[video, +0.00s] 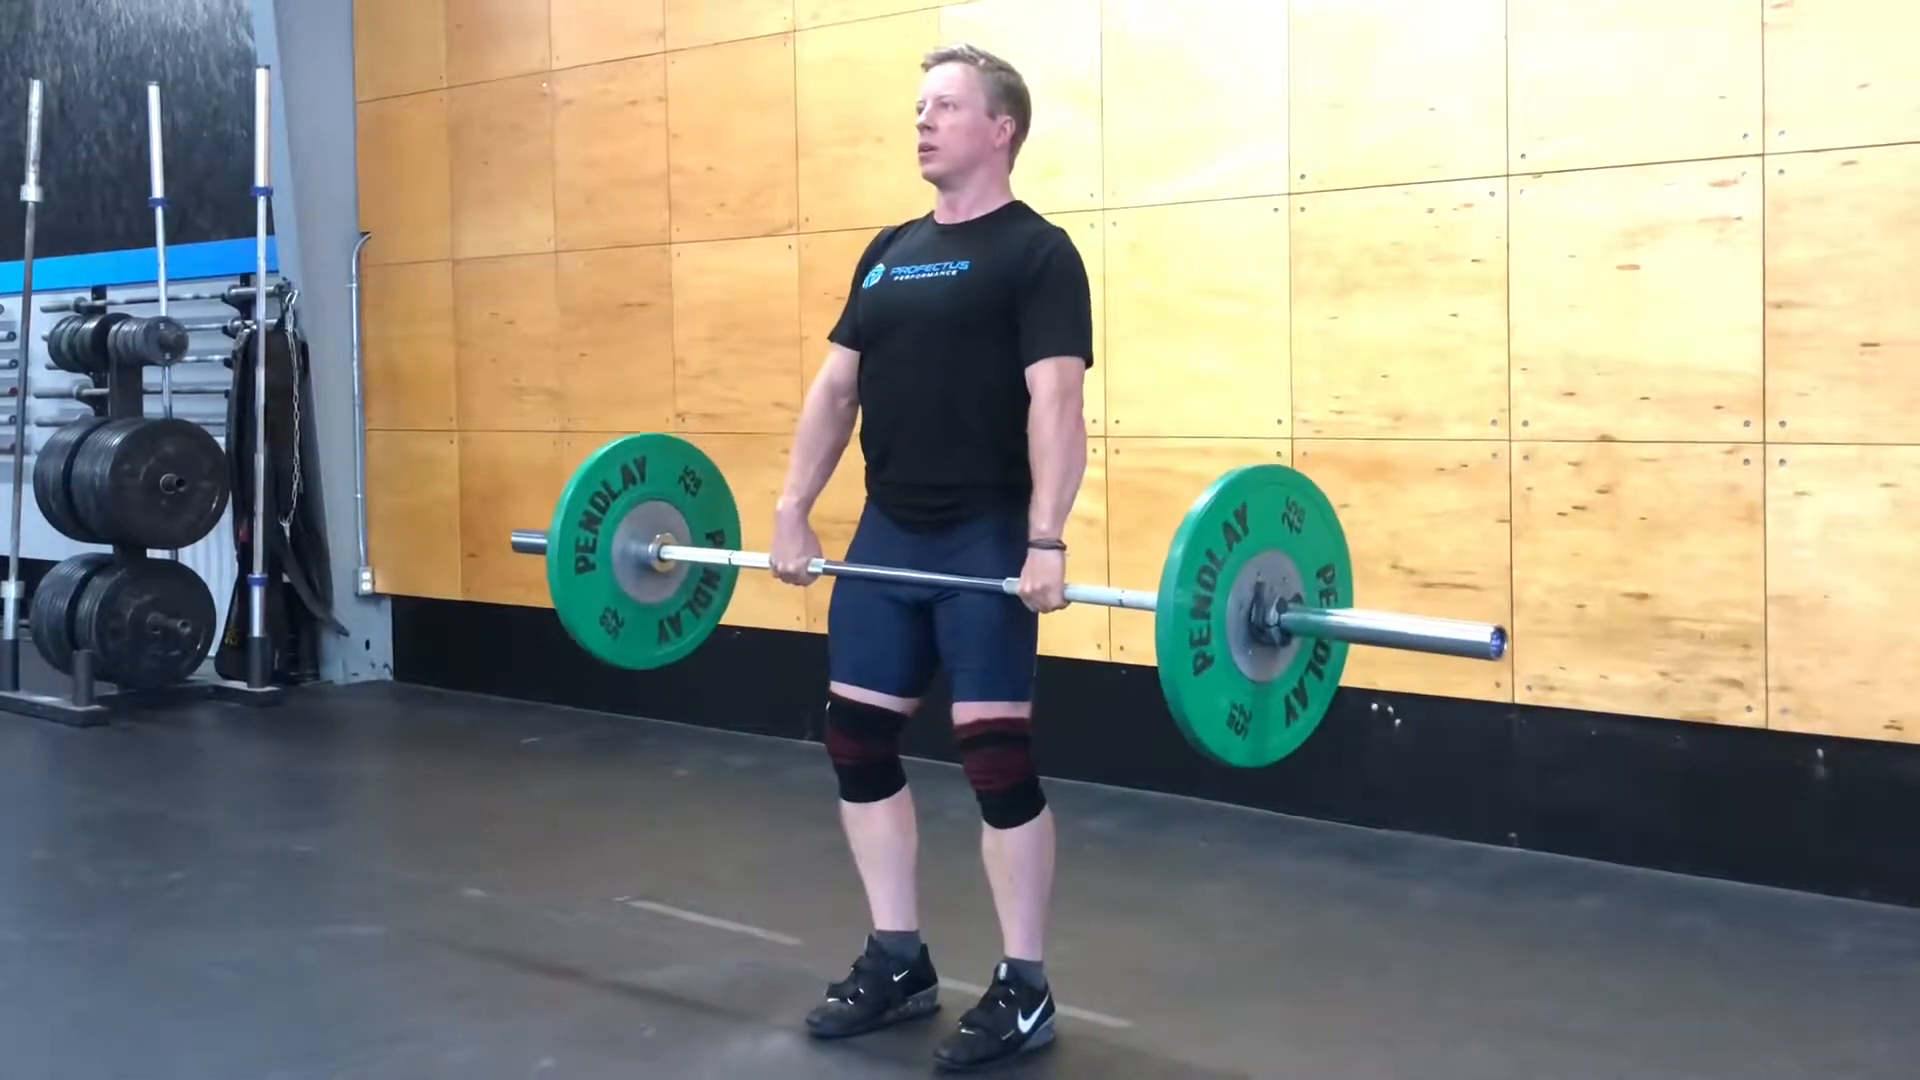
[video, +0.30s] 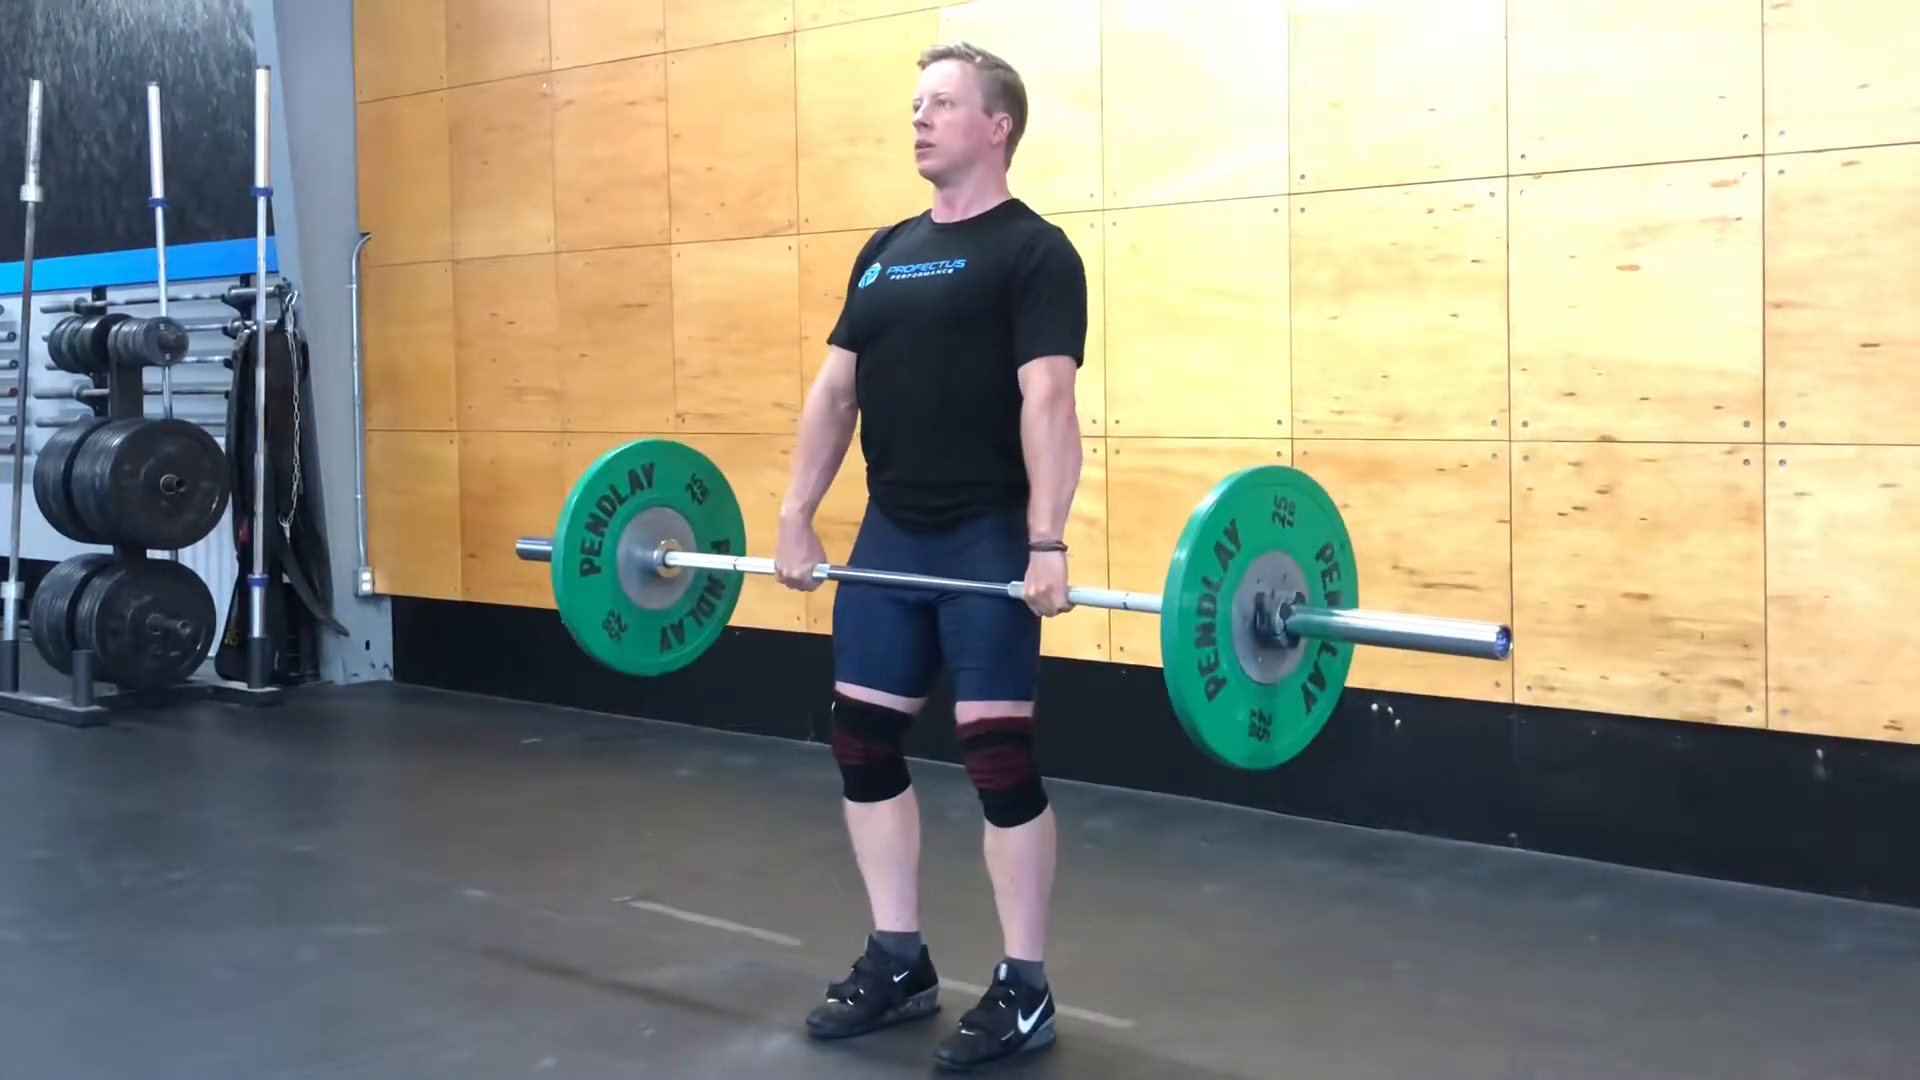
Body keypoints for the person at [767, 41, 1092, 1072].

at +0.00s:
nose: (922, 123)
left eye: (944, 109)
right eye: (922, 110)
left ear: (1002, 130)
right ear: (929, 129)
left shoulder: (1038, 251)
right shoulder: (888, 251)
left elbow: (1059, 398)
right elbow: (837, 388)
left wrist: (1046, 535)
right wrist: (792, 505)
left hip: (991, 533)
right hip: (887, 526)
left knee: (996, 759)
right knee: (856, 736)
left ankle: (1024, 987)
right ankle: (896, 961)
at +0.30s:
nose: (919, 119)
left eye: (941, 105)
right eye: (917, 106)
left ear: (998, 128)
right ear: (924, 129)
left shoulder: (1037, 251)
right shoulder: (883, 253)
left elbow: (1052, 398)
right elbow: (837, 390)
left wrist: (1047, 541)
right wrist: (797, 511)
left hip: (991, 534)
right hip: (889, 528)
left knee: (998, 760)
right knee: (862, 737)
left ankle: (1023, 990)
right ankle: (897, 962)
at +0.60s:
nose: (917, 119)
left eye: (938, 105)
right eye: (915, 106)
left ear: (996, 126)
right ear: (925, 128)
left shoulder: (1035, 251)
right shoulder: (883, 253)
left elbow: (1050, 402)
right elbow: (837, 393)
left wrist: (1048, 544)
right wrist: (799, 515)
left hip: (994, 535)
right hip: (892, 528)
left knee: (1000, 760)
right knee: (865, 737)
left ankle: (1024, 988)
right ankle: (897, 962)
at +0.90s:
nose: (913, 121)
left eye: (934, 106)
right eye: (911, 107)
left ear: (993, 126)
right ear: (921, 128)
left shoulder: (1030, 252)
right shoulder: (882, 254)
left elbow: (1047, 407)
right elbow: (838, 392)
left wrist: (1045, 545)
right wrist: (797, 515)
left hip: (993, 536)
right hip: (892, 530)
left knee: (999, 760)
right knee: (864, 737)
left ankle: (1024, 988)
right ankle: (897, 960)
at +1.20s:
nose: (976, 118)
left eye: (999, 107)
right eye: (975, 104)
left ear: (1055, 133)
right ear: (971, 127)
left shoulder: (1067, 228)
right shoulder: (924, 223)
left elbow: (1067, 342)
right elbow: (840, 330)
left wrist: (1020, 455)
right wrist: (769, 431)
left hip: (985, 515)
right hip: (887, 512)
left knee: (983, 731)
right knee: (859, 724)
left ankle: (1017, 974)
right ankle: (881, 944)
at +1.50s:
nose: (903, 244)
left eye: (926, 231)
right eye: (903, 230)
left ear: (984, 255)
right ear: (909, 255)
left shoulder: (1020, 382)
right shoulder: (874, 379)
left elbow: (985, 515)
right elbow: (768, 487)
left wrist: (1008, 379)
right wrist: (766, 362)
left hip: (1046, 621)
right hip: (945, 625)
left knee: (1021, 786)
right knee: (804, 761)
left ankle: (1056, 993)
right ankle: (882, 960)